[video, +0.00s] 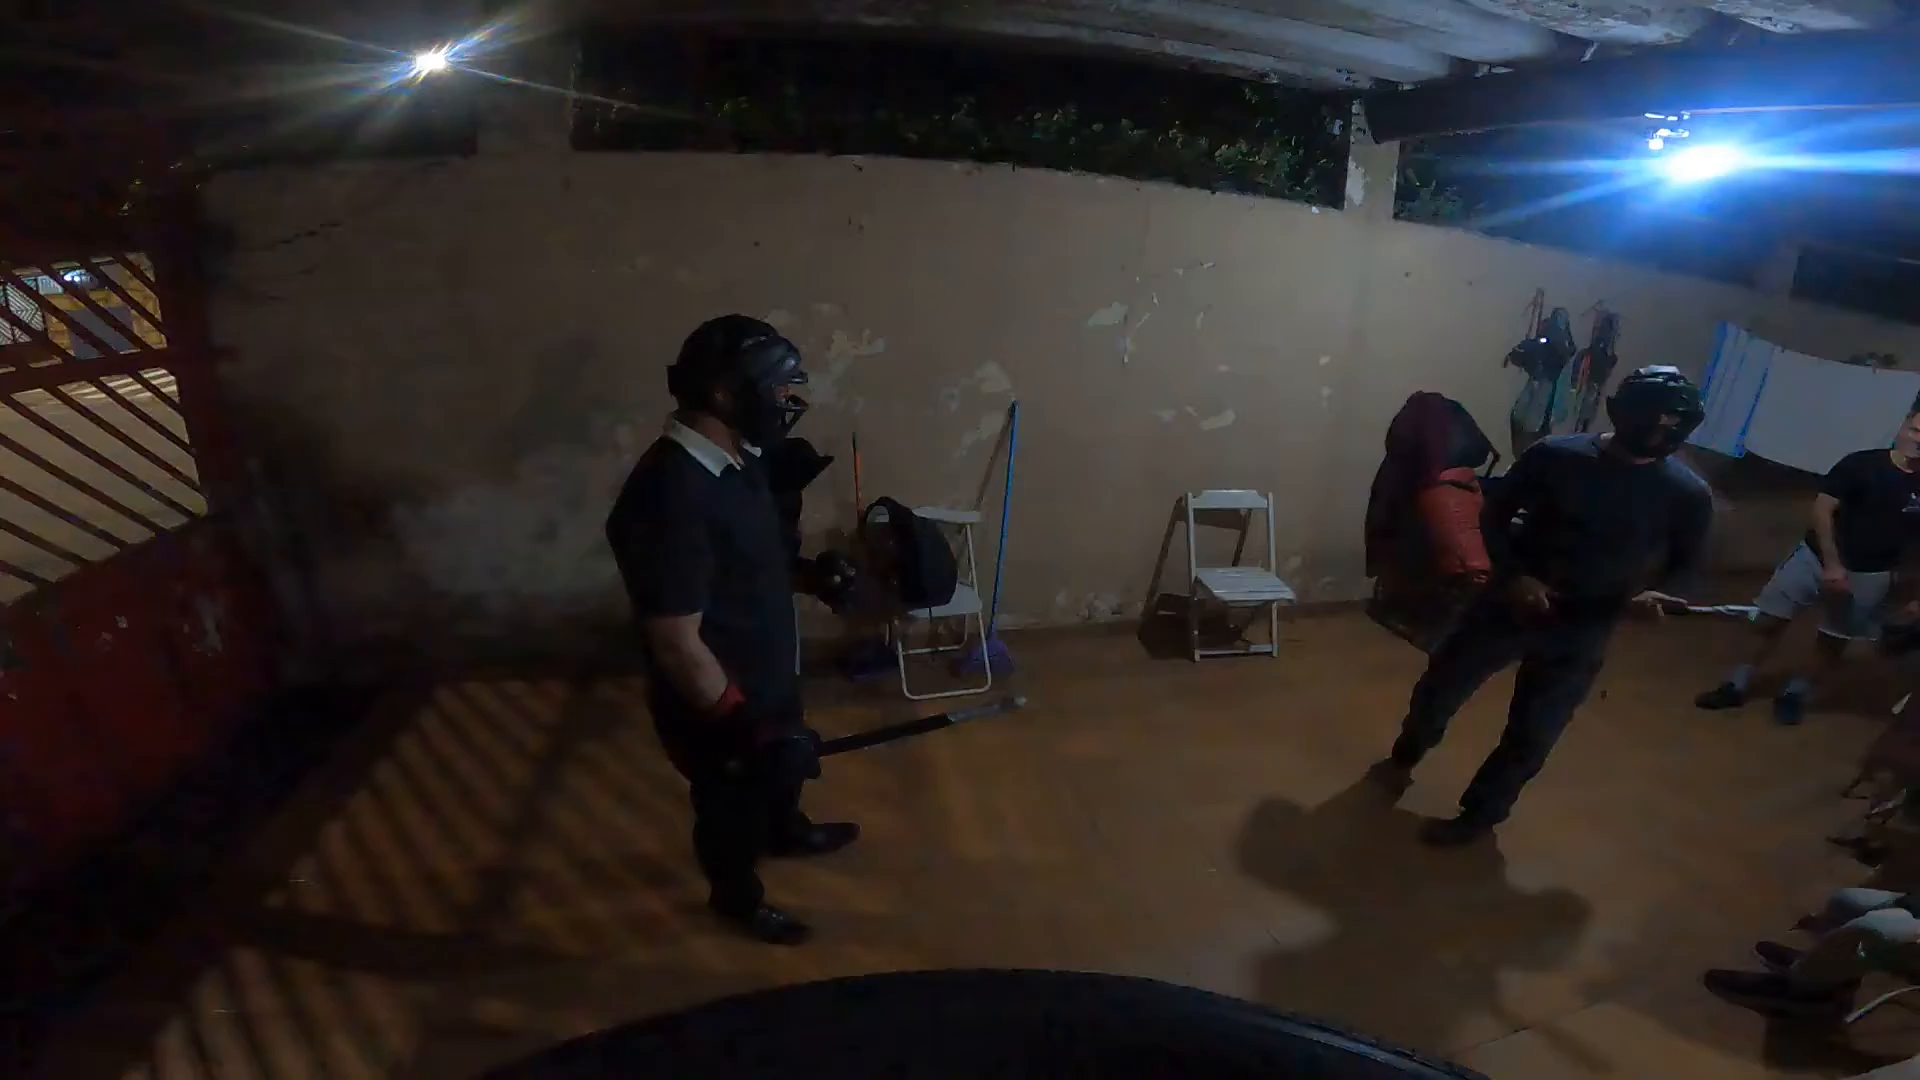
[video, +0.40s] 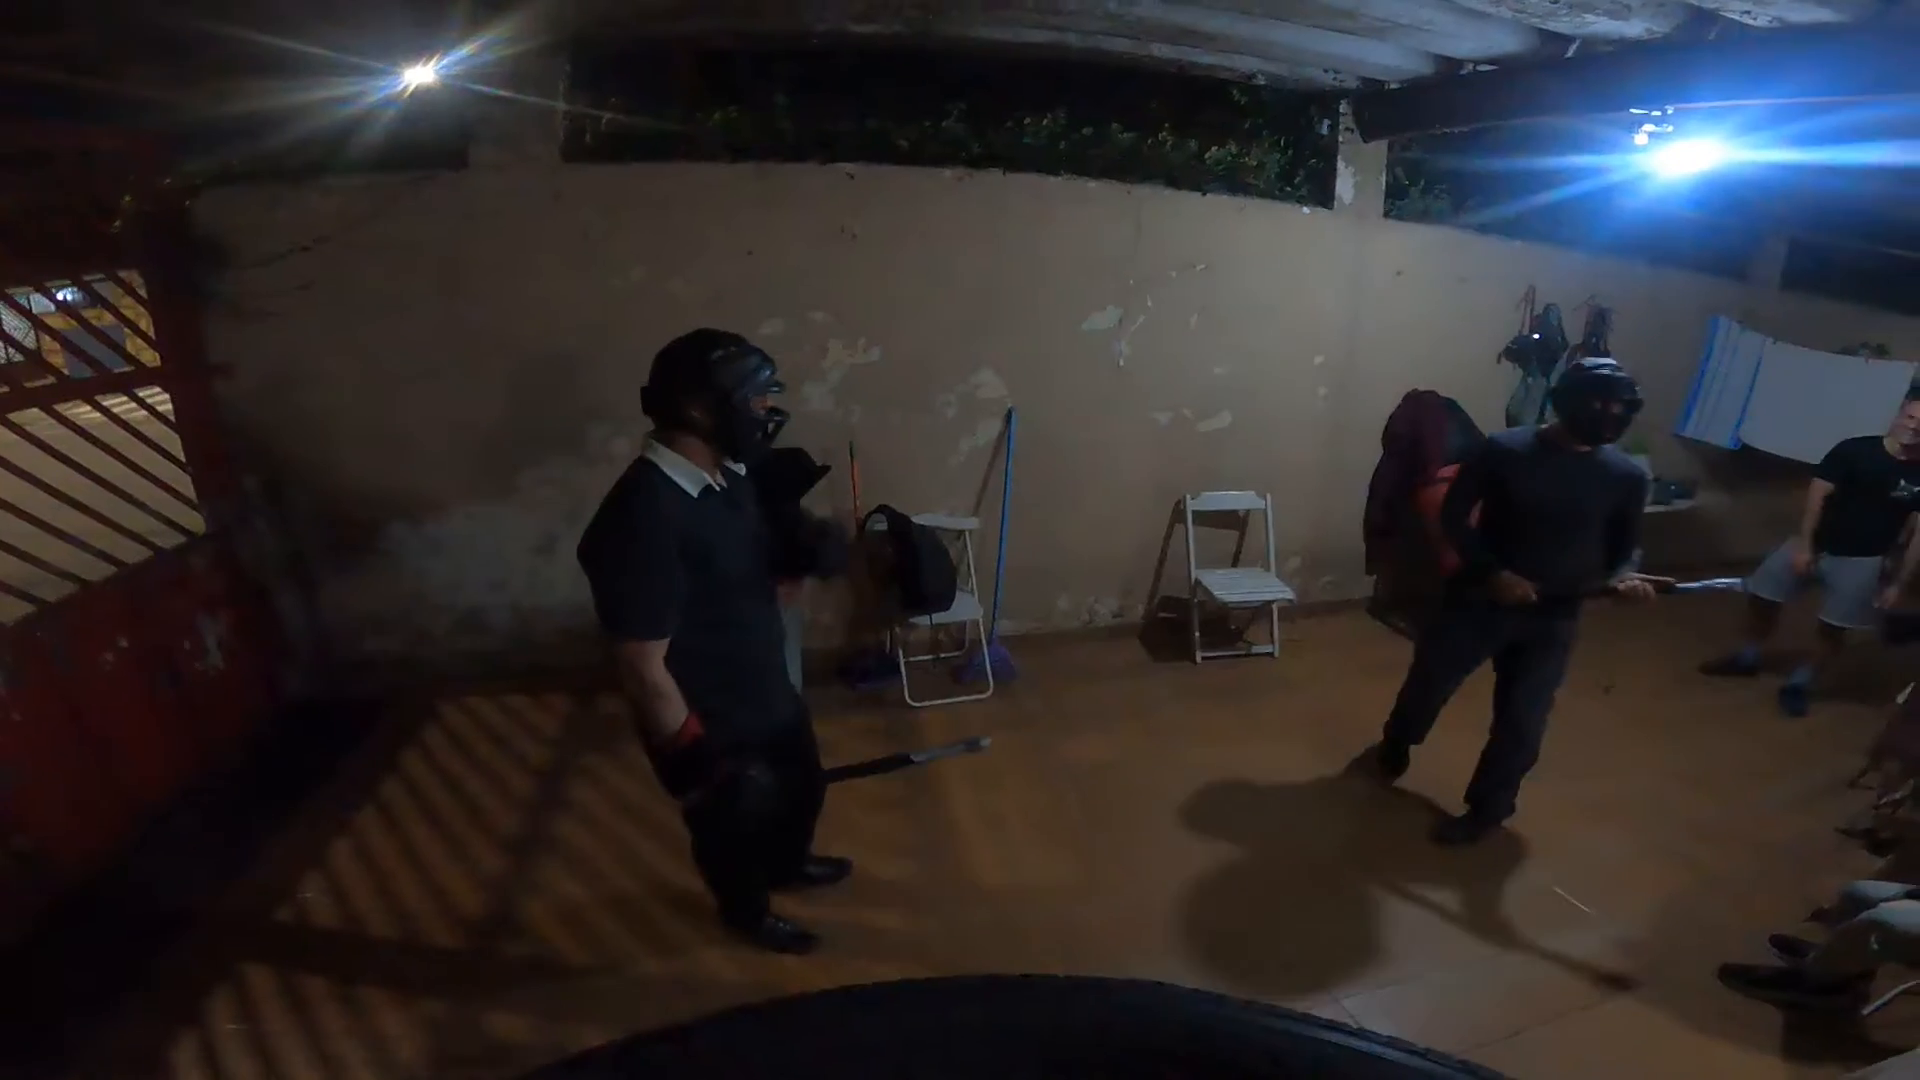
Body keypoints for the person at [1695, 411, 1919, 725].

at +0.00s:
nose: (1916, 437)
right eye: (1913, 428)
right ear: (1901, 428)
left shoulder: (1913, 489)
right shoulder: (1860, 464)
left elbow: (1914, 550)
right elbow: (1822, 507)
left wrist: (1913, 597)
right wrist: (1832, 563)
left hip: (1869, 574)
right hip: (1818, 556)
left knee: (1832, 644)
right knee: (1768, 616)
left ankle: (1798, 692)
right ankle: (1739, 683)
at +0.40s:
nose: (1912, 428)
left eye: (1919, 424)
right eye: (1909, 418)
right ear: (1897, 415)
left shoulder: (1915, 475)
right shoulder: (1853, 450)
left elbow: (1915, 534)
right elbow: (1817, 491)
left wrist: (1899, 583)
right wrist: (1804, 544)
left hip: (1861, 559)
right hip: (1817, 542)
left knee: (1833, 624)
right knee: (1761, 588)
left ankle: (1802, 682)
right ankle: (1748, 655)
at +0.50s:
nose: (1899, 421)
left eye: (1909, 418)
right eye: (1894, 413)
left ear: (1919, 426)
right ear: (1883, 414)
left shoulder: (1912, 471)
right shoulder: (1841, 447)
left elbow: (1909, 529)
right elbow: (1802, 487)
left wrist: (1878, 576)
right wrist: (1788, 538)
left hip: (1849, 557)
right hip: (1803, 541)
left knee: (1825, 623)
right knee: (1752, 584)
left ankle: (1795, 680)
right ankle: (1733, 649)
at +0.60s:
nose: (1860, 414)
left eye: (1871, 410)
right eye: (1855, 405)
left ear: (1886, 418)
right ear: (1846, 406)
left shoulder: (1889, 463)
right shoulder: (1812, 440)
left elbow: (1879, 522)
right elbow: (1773, 478)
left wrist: (1840, 563)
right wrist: (1757, 521)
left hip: (1825, 550)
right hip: (1779, 535)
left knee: (1803, 616)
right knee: (1735, 584)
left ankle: (1780, 676)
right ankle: (1709, 646)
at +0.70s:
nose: (1840, 411)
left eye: (1851, 407)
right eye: (1835, 403)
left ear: (1866, 413)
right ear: (1826, 403)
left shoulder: (1871, 457)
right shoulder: (1797, 436)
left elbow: (1859, 515)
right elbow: (1759, 475)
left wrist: (1823, 558)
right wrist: (1741, 516)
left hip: (1809, 545)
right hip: (1764, 531)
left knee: (1791, 611)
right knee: (1723, 581)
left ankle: (1774, 672)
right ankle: (1704, 643)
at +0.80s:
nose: (1806, 406)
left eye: (1816, 401)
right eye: (1801, 398)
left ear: (1835, 403)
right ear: (1795, 398)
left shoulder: (1845, 448)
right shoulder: (1773, 432)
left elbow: (1830, 505)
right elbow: (1738, 471)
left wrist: (1796, 549)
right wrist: (1717, 513)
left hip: (1784, 539)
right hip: (1741, 526)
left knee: (1772, 607)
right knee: (1709, 581)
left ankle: (1764, 668)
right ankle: (1692, 641)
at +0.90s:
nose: (1765, 402)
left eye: (1774, 396)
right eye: (1760, 396)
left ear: (1796, 397)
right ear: (1754, 396)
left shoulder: (1811, 442)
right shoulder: (1741, 428)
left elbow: (1795, 498)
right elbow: (1711, 469)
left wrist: (1757, 539)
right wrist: (1687, 510)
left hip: (1757, 533)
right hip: (1711, 520)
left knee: (1755, 602)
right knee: (1685, 574)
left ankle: (1745, 664)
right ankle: (1676, 636)